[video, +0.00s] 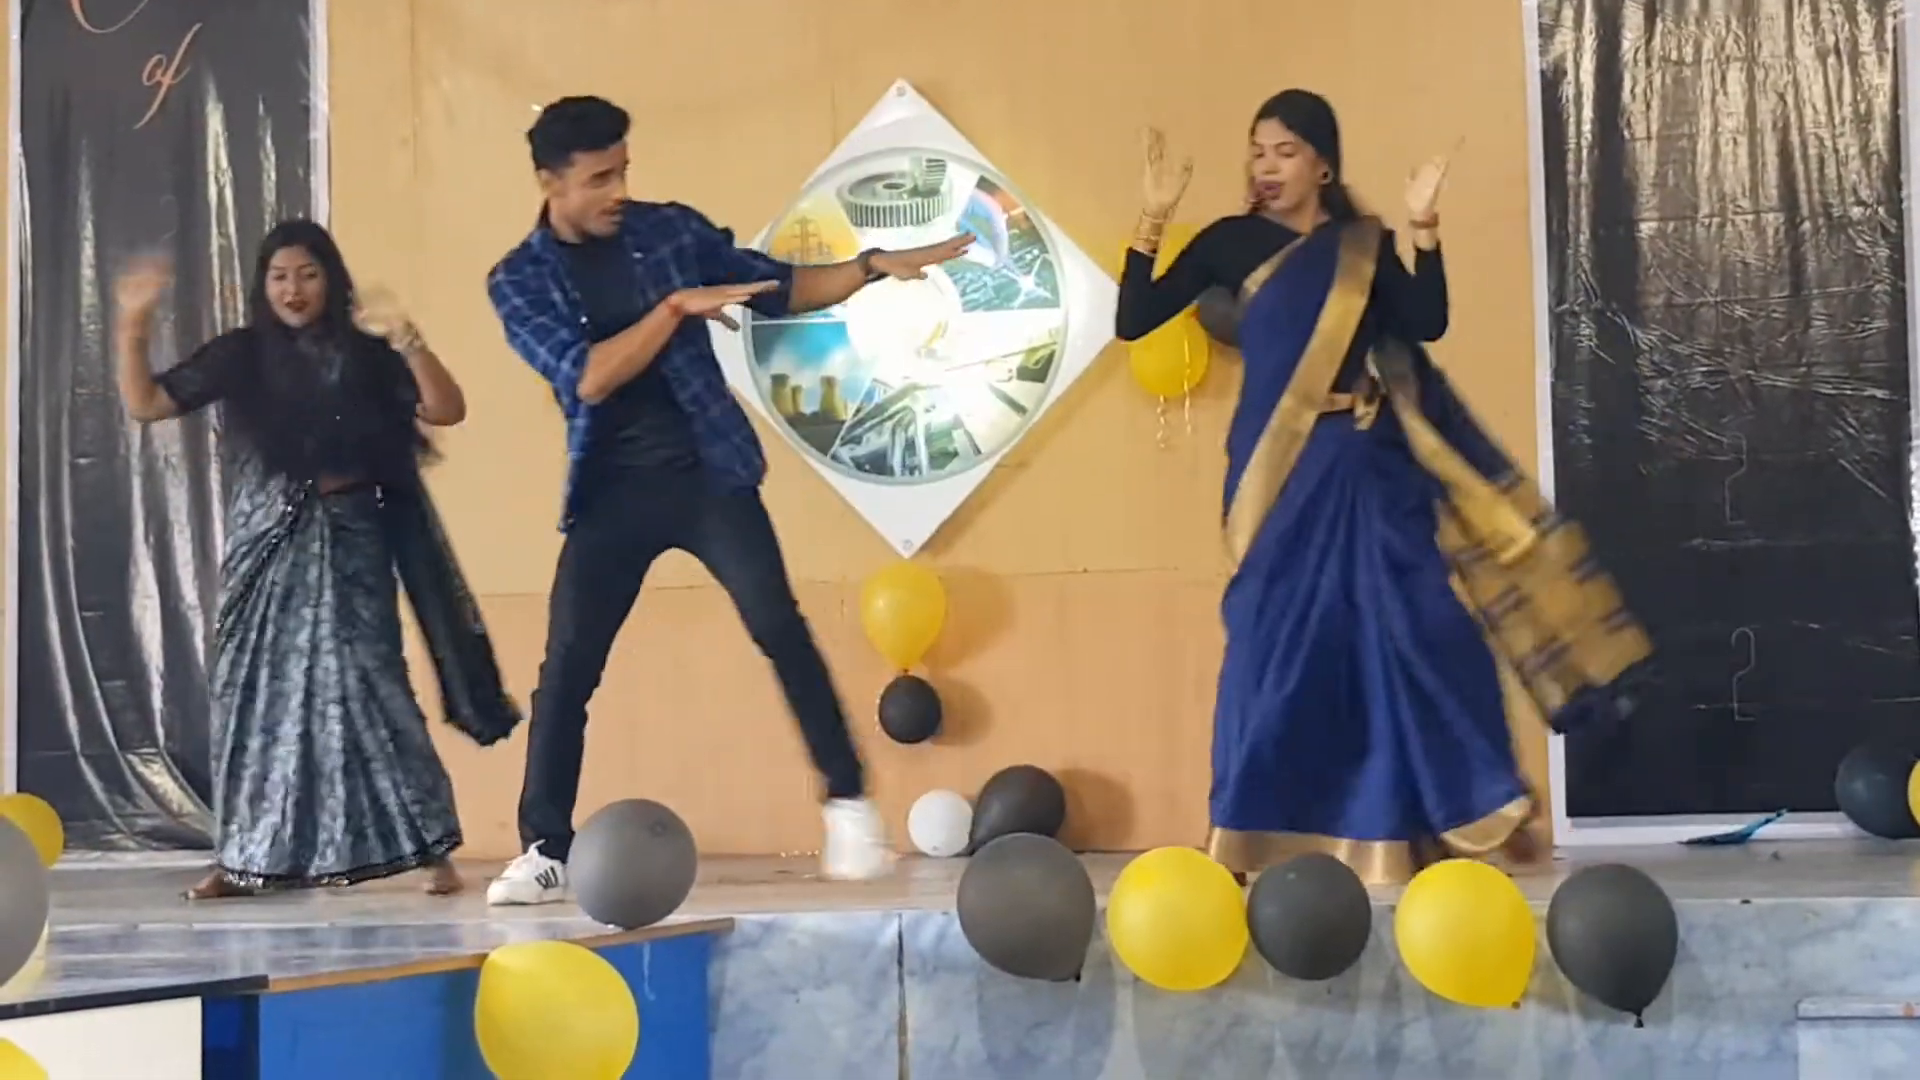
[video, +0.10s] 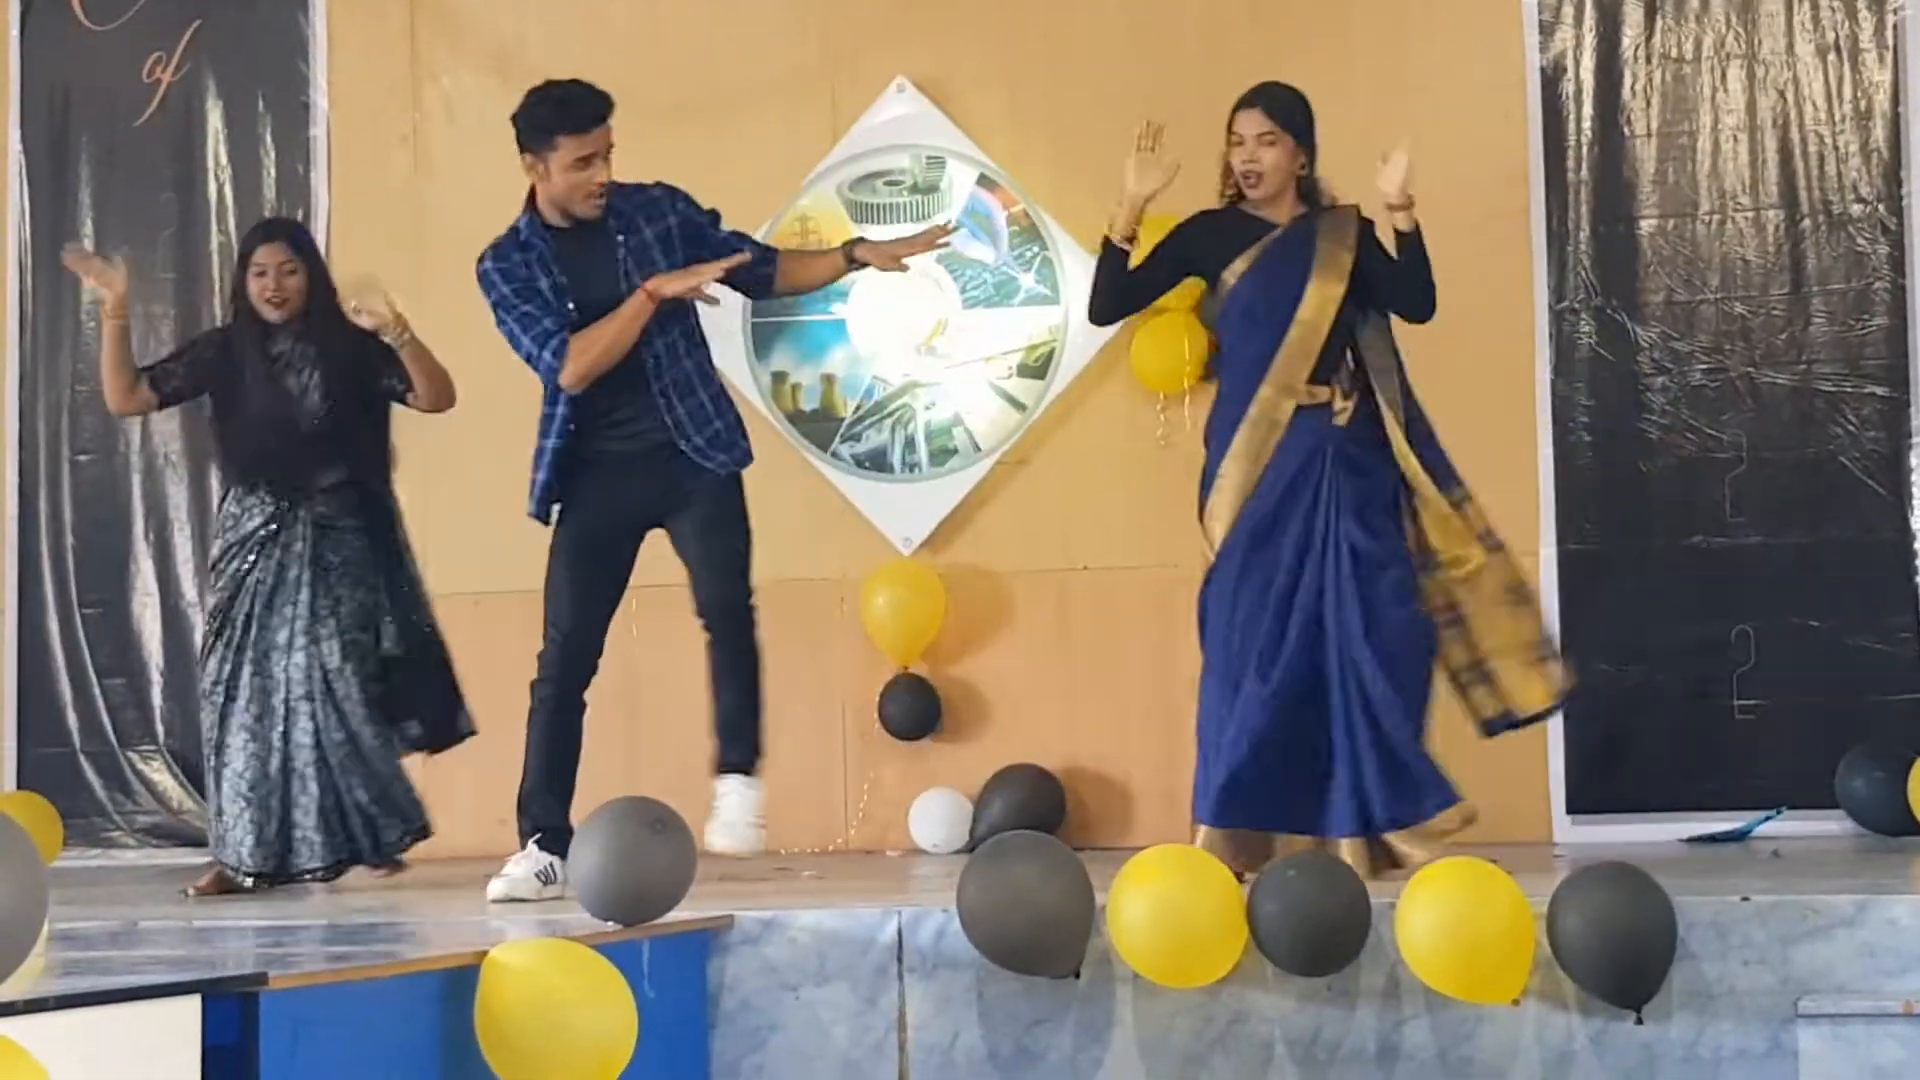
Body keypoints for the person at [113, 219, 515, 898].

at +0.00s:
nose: (293, 288)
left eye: (307, 274)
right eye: (279, 276)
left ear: (332, 281)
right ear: (262, 286)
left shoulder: (366, 354)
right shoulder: (244, 352)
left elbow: (449, 411)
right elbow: (146, 404)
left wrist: (411, 341)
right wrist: (133, 321)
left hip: (355, 537)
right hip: (270, 541)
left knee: (374, 687)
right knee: (257, 690)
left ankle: (431, 849)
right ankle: (247, 856)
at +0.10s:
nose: (274, 284)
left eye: (288, 270)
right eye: (260, 272)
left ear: (313, 275)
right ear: (243, 281)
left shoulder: (352, 345)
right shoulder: (226, 350)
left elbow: (438, 398)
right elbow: (124, 398)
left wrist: (402, 335)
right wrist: (114, 307)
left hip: (342, 535)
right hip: (256, 538)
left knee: (336, 684)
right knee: (247, 689)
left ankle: (343, 836)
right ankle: (239, 855)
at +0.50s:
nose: (284, 254)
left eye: (299, 242)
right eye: (271, 242)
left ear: (321, 256)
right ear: (251, 256)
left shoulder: (347, 331)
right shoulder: (227, 332)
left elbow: (427, 386)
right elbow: (130, 383)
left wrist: (386, 313)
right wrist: (96, 300)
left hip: (336, 518)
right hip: (256, 523)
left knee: (359, 663)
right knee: (240, 673)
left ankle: (412, 809)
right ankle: (226, 843)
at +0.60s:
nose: (311, 248)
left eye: (325, 237)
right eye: (296, 237)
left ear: (343, 250)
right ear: (274, 250)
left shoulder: (364, 323)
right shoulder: (246, 329)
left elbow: (446, 386)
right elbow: (162, 393)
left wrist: (416, 312)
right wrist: (149, 306)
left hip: (348, 516)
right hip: (268, 519)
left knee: (383, 661)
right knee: (256, 668)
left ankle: (452, 814)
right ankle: (229, 839)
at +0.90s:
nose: (396, 245)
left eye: (409, 235)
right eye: (382, 235)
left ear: (428, 251)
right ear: (358, 250)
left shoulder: (451, 325)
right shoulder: (334, 326)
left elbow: (515, 388)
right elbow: (249, 392)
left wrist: (496, 315)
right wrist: (229, 312)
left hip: (424, 509)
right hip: (343, 510)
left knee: (428, 662)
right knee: (297, 655)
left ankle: (459, 831)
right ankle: (267, 821)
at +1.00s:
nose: (412, 237)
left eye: (424, 227)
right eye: (397, 226)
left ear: (440, 240)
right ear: (373, 240)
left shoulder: (460, 317)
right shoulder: (345, 313)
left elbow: (540, 383)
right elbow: (271, 388)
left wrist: (499, 326)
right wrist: (246, 324)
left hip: (441, 496)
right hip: (360, 498)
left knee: (443, 656)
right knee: (347, 651)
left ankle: (453, 828)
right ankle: (340, 817)